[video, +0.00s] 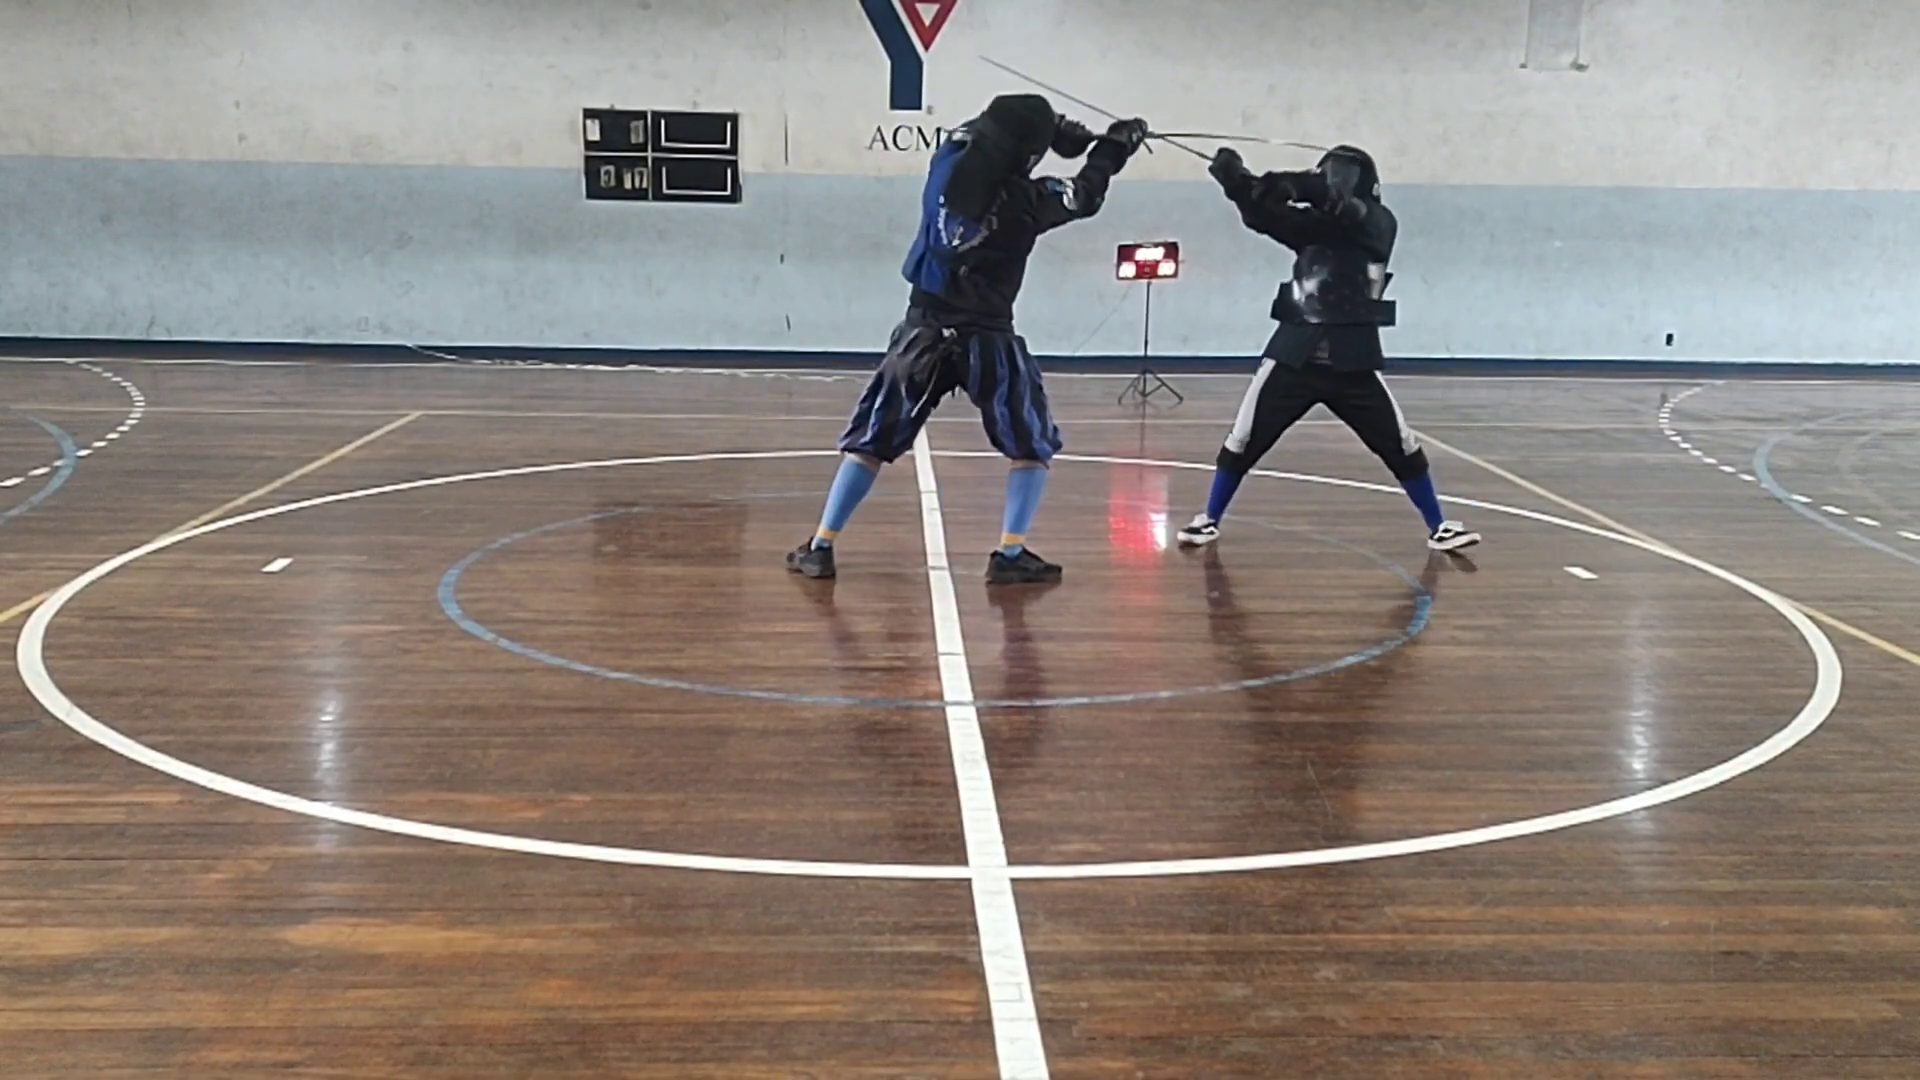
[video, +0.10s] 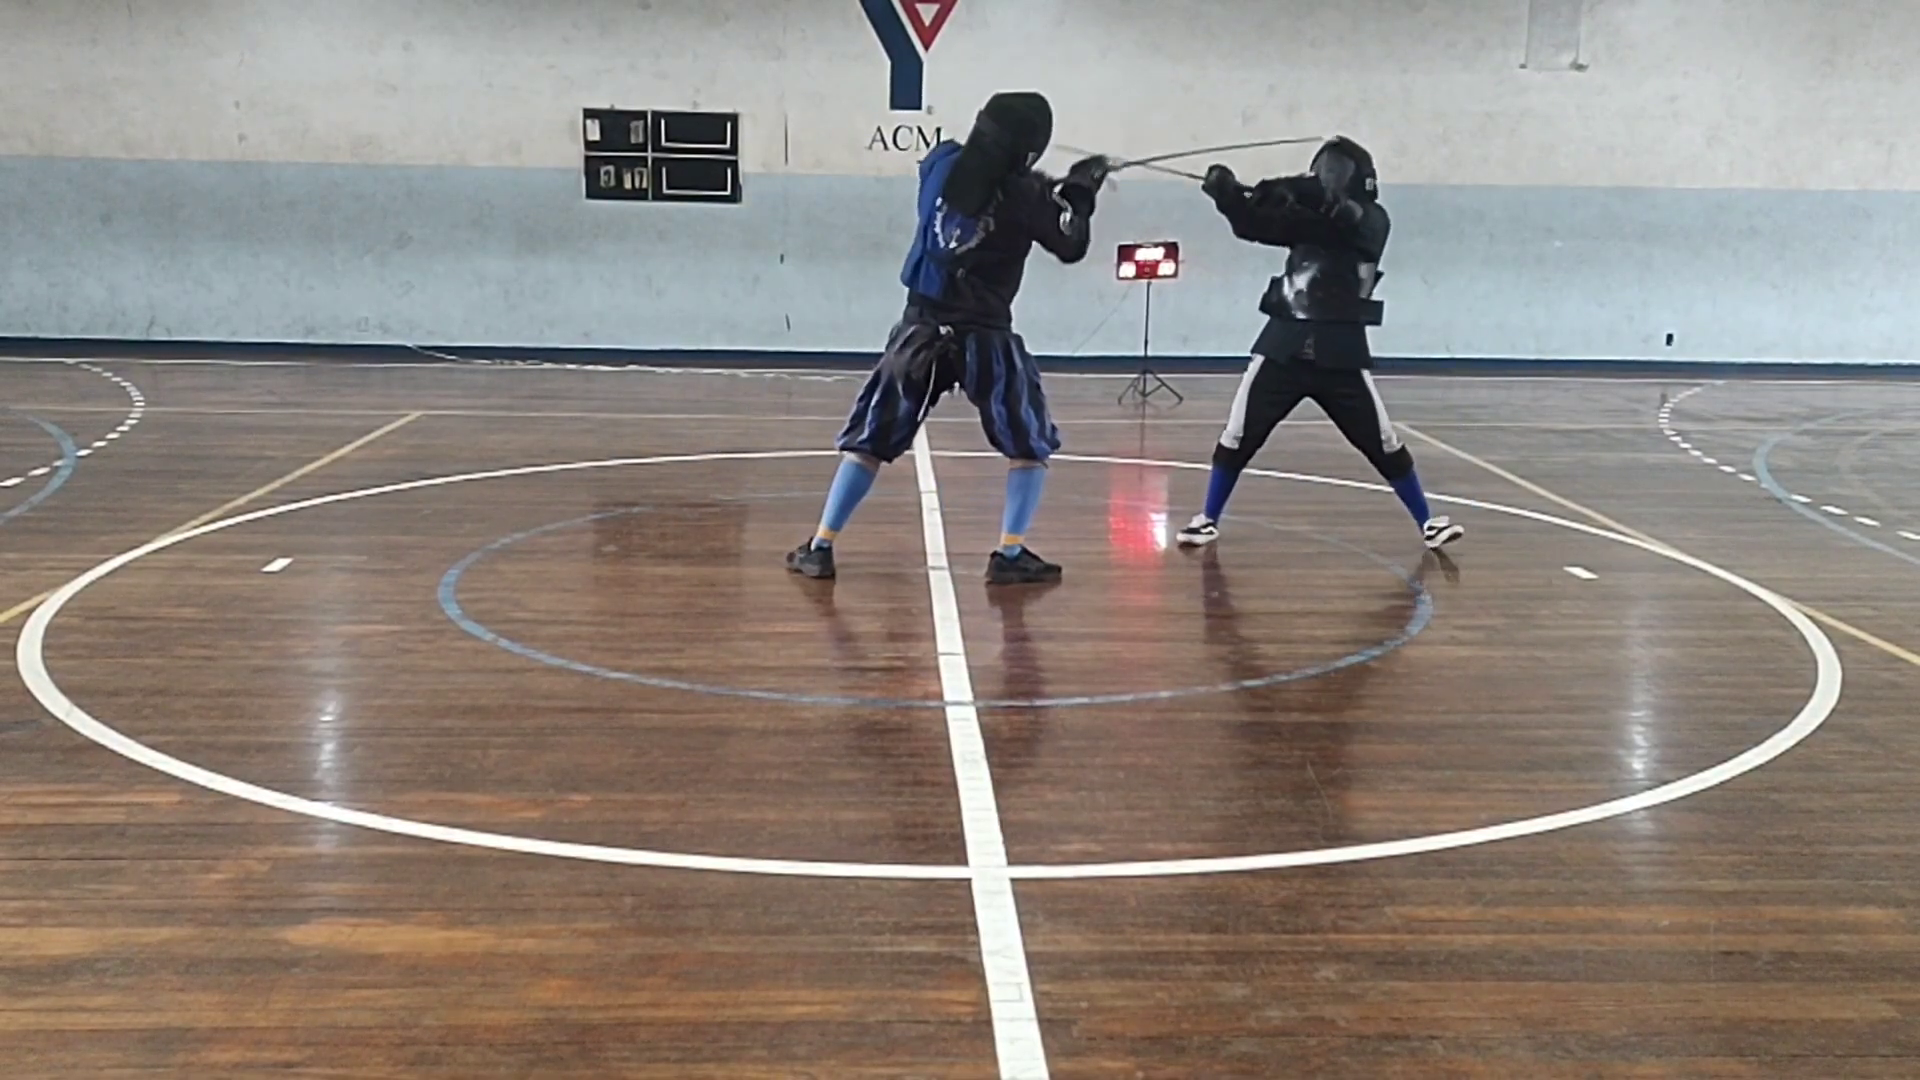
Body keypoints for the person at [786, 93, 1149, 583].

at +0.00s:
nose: (1041, 155)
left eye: (1042, 145)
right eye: (1038, 146)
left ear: (989, 129)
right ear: (1027, 149)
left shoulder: (946, 160)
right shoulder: (1027, 199)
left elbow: (1000, 122)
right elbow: (1084, 196)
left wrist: (1070, 136)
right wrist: (1114, 145)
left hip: (922, 328)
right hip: (989, 337)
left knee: (874, 434)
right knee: (1032, 441)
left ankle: (820, 546)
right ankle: (1010, 553)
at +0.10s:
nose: (1039, 148)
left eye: (1038, 141)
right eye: (1038, 141)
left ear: (983, 126)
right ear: (1028, 144)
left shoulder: (940, 162)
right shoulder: (1026, 194)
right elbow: (1072, 244)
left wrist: (1032, 184)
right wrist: (1081, 195)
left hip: (919, 330)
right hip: (985, 337)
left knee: (873, 434)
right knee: (1030, 441)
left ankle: (820, 545)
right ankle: (1011, 550)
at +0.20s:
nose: (1033, 159)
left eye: (1034, 148)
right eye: (1034, 149)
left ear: (977, 129)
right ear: (1026, 151)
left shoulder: (927, 170)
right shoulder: (1026, 208)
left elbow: (900, 239)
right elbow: (1040, 288)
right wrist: (1038, 236)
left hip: (918, 332)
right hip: (987, 339)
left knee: (873, 434)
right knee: (1031, 440)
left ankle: (819, 546)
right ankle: (1011, 551)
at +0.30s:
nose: (1026, 158)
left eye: (1027, 148)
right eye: (1026, 148)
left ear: (967, 133)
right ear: (1018, 152)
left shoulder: (914, 184)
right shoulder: (1022, 218)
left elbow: (887, 258)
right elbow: (1016, 306)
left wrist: (908, 304)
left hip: (911, 337)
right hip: (981, 343)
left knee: (864, 434)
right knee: (1030, 440)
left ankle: (819, 546)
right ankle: (1011, 552)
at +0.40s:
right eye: (999, 148)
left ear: (941, 136)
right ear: (995, 151)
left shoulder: (893, 195)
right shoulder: (1008, 220)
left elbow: (869, 273)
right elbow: (1006, 307)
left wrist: (882, 326)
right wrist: (957, 317)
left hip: (899, 338)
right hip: (972, 344)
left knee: (851, 432)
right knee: (1024, 440)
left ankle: (807, 539)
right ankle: (1011, 551)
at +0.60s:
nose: (934, 146)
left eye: (931, 137)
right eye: (932, 138)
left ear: (870, 138)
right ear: (925, 144)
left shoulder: (830, 199)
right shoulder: (941, 207)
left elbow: (815, 282)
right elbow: (955, 300)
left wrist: (845, 320)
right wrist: (906, 303)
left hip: (850, 340)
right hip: (918, 341)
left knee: (835, 442)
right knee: (983, 437)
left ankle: (782, 534)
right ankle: (1009, 549)